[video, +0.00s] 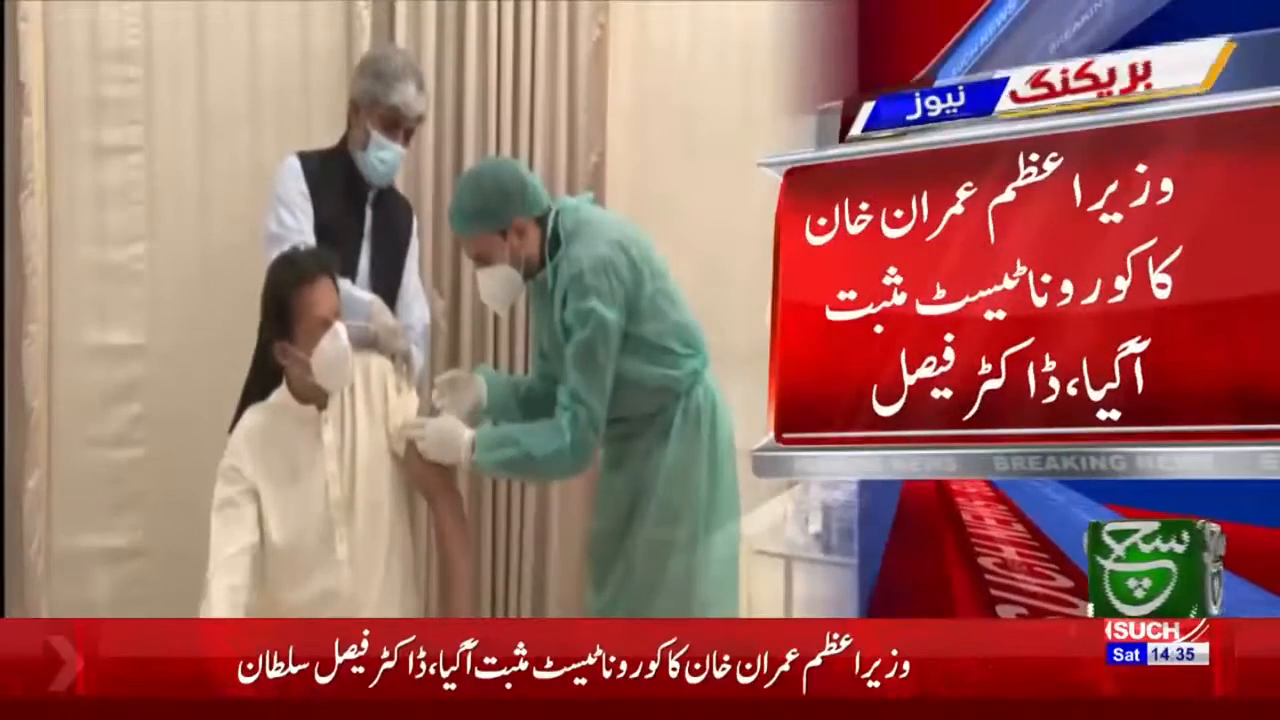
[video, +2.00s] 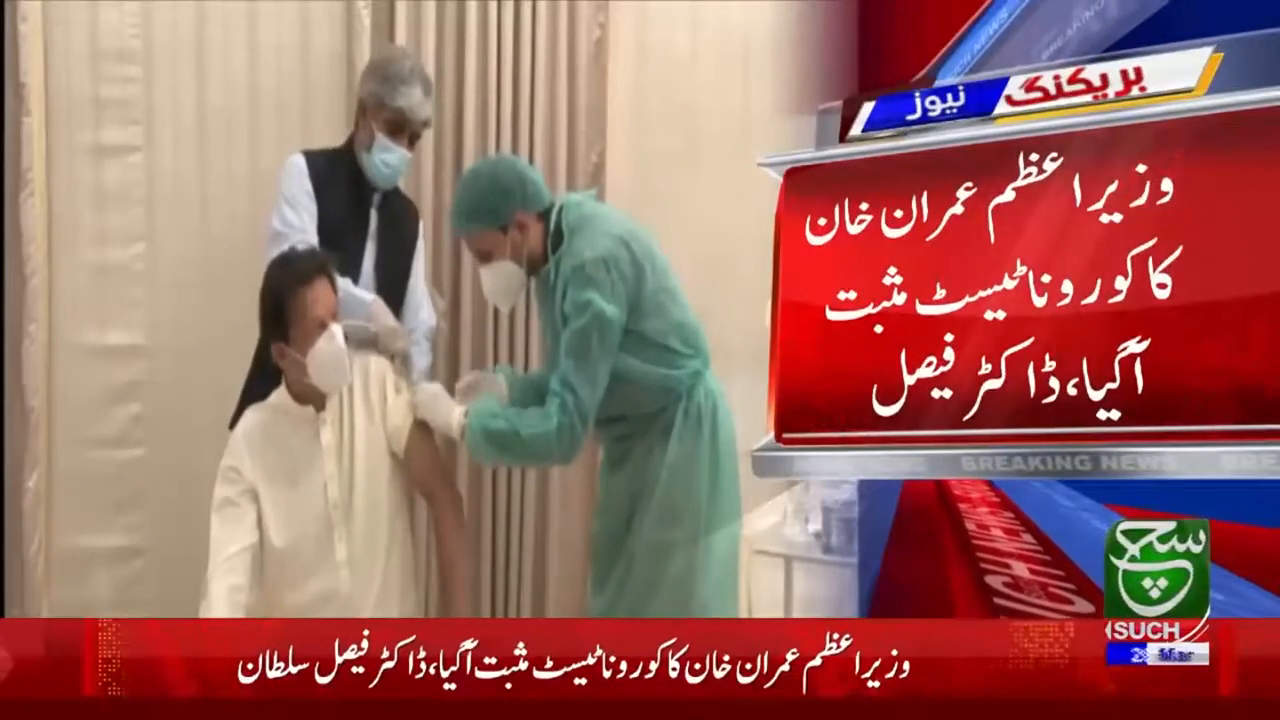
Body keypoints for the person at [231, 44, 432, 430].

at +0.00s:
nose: (398, 146)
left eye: (409, 134)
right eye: (389, 128)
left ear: (417, 132)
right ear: (356, 114)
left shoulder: (401, 214)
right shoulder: (301, 172)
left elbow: (413, 311)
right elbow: (293, 271)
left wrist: (407, 396)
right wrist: (371, 311)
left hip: (370, 383)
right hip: (296, 374)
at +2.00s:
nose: (402, 151)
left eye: (414, 139)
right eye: (393, 132)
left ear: (423, 137)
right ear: (363, 116)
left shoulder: (407, 216)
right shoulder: (306, 171)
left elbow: (418, 318)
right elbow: (292, 266)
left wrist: (409, 393)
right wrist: (369, 309)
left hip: (371, 388)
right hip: (297, 377)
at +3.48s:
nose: (407, 155)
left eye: (421, 145)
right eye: (399, 136)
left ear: (430, 145)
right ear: (371, 118)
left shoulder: (412, 218)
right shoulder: (314, 172)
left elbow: (425, 321)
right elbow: (296, 269)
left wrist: (419, 403)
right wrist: (371, 312)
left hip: (372, 391)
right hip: (297, 377)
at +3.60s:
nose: (347, 74)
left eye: (359, 57)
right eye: (330, 55)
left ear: (372, 54)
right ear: (293, 46)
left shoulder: (376, 163)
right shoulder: (240, 120)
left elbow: (391, 293)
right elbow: (228, 244)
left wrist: (374, 374)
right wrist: (330, 291)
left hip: (332, 388)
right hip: (236, 374)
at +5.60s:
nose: (351, 80)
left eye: (364, 63)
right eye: (335, 60)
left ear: (378, 65)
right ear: (299, 53)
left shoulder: (378, 176)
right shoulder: (244, 131)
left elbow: (395, 309)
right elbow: (234, 255)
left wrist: (378, 394)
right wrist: (335, 302)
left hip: (335, 402)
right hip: (239, 387)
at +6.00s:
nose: (351, 82)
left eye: (365, 66)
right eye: (335, 62)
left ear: (379, 67)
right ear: (300, 53)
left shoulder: (379, 178)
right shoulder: (244, 134)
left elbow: (396, 315)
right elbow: (234, 259)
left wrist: (377, 404)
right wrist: (335, 305)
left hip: (337, 406)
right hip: (240, 390)